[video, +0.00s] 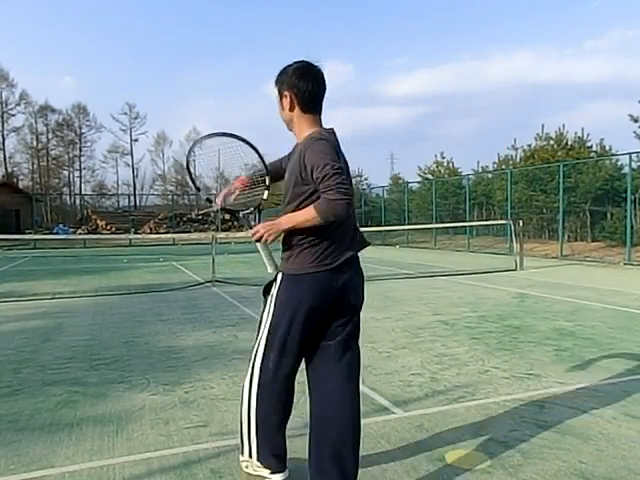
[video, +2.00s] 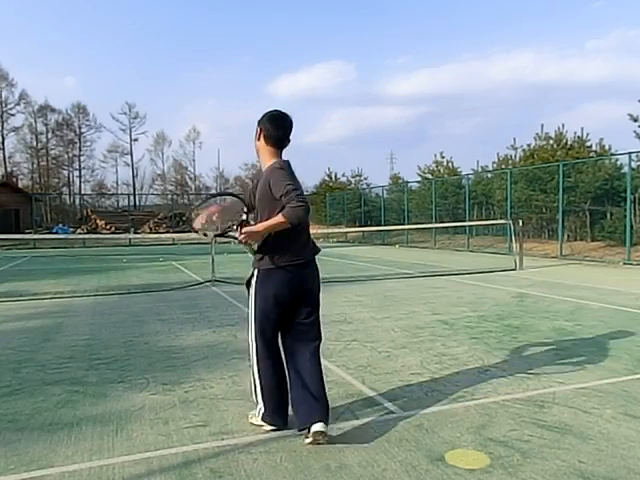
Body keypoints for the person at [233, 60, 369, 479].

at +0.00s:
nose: (279, 108)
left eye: (278, 100)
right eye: (279, 100)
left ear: (288, 100)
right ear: (319, 98)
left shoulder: (315, 148)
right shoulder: (321, 143)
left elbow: (337, 203)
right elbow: (282, 168)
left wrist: (281, 223)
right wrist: (247, 180)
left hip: (306, 276)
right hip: (342, 275)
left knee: (270, 367)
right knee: (336, 379)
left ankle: (263, 459)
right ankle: (337, 471)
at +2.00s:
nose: (254, 139)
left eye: (255, 133)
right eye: (256, 133)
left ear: (259, 136)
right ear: (286, 140)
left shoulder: (275, 171)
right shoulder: (275, 173)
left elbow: (298, 209)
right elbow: (256, 210)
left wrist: (263, 228)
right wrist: (234, 220)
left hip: (274, 273)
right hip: (303, 271)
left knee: (263, 344)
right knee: (304, 344)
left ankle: (272, 415)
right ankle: (316, 419)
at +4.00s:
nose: (271, 120)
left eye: (267, 114)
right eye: (270, 115)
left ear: (233, 125)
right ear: (268, 122)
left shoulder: (224, 169)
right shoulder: (276, 173)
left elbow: (234, 218)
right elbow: (291, 230)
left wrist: (288, 218)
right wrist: (313, 234)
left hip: (222, 281)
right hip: (260, 284)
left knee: (221, 362)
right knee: (273, 373)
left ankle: (187, 444)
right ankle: (272, 466)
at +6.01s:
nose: (44, 143)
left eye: (45, 138)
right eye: (83, 139)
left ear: (46, 142)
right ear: (80, 143)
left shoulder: (52, 180)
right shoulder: (91, 178)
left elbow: (52, 236)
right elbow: (84, 228)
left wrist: (44, 272)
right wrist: (41, 241)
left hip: (72, 279)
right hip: (110, 272)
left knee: (64, 358)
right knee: (114, 347)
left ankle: (73, 434)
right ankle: (155, 407)